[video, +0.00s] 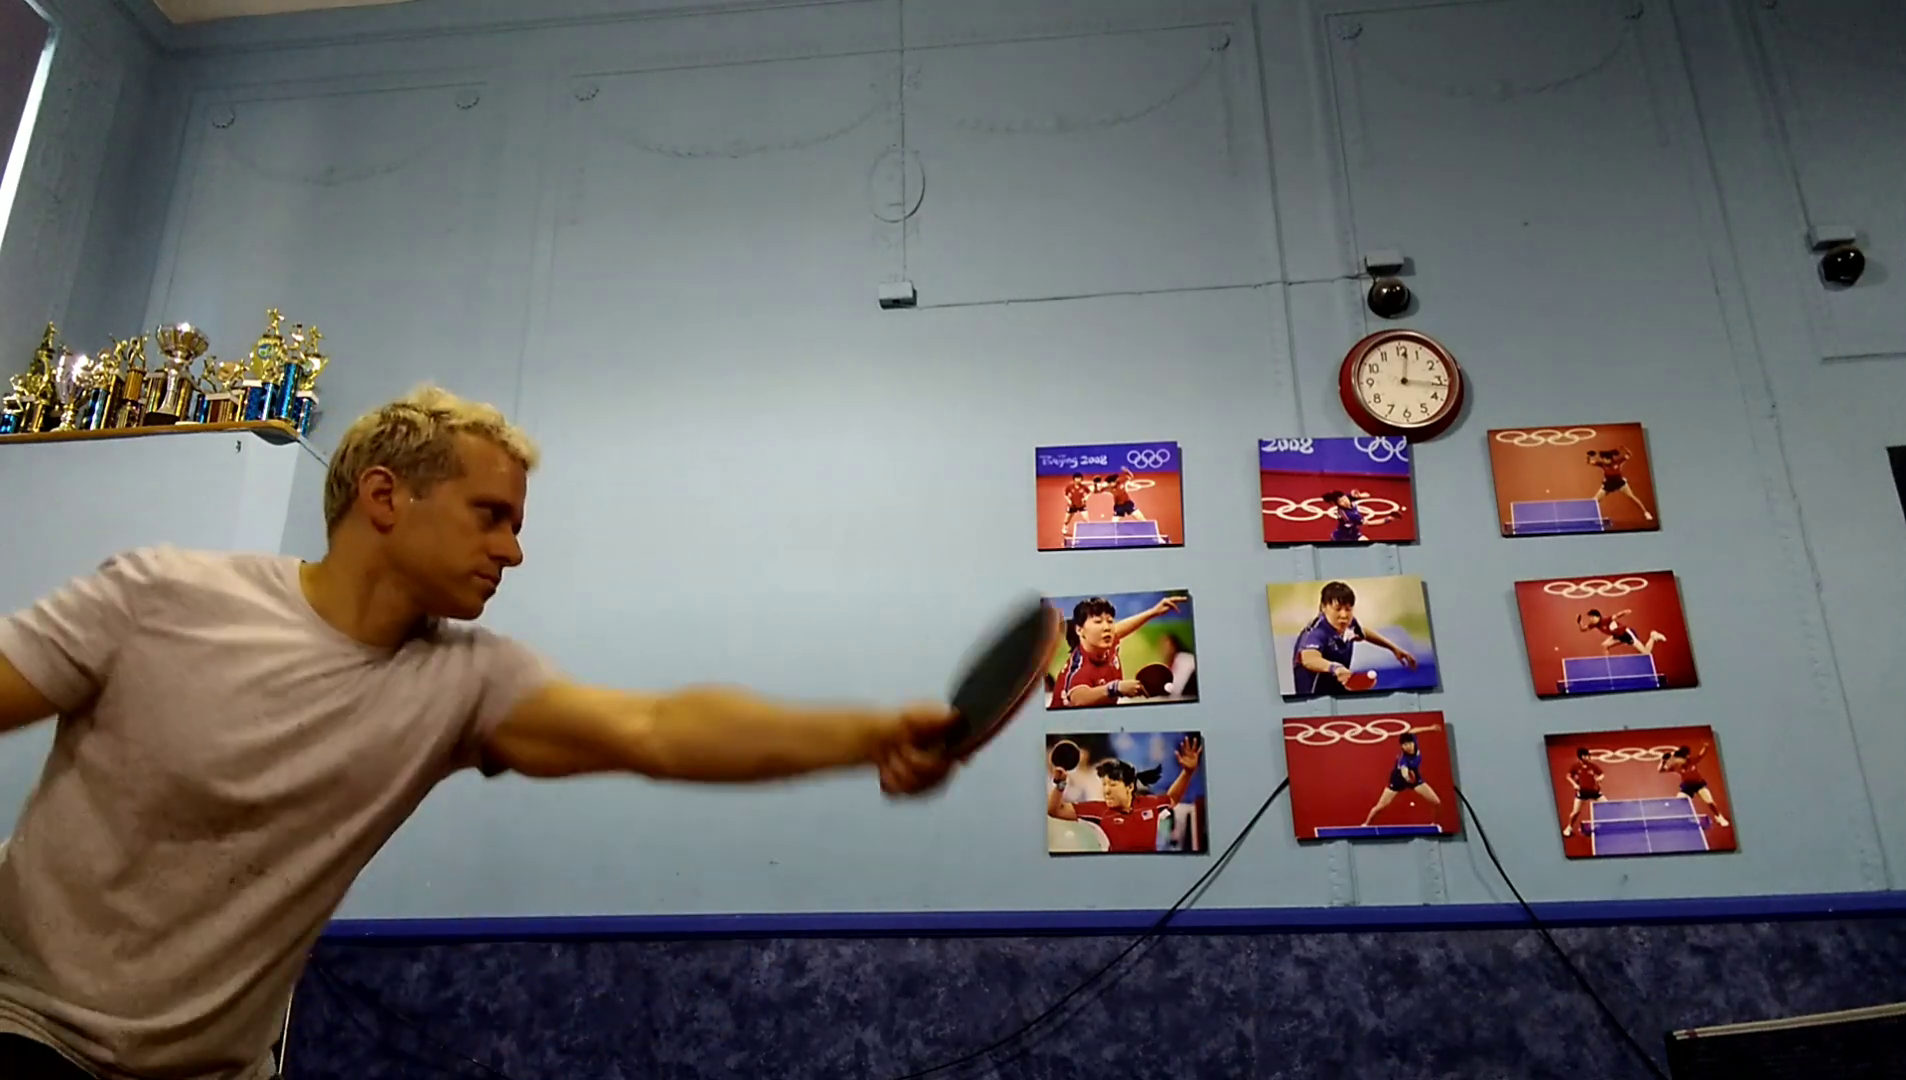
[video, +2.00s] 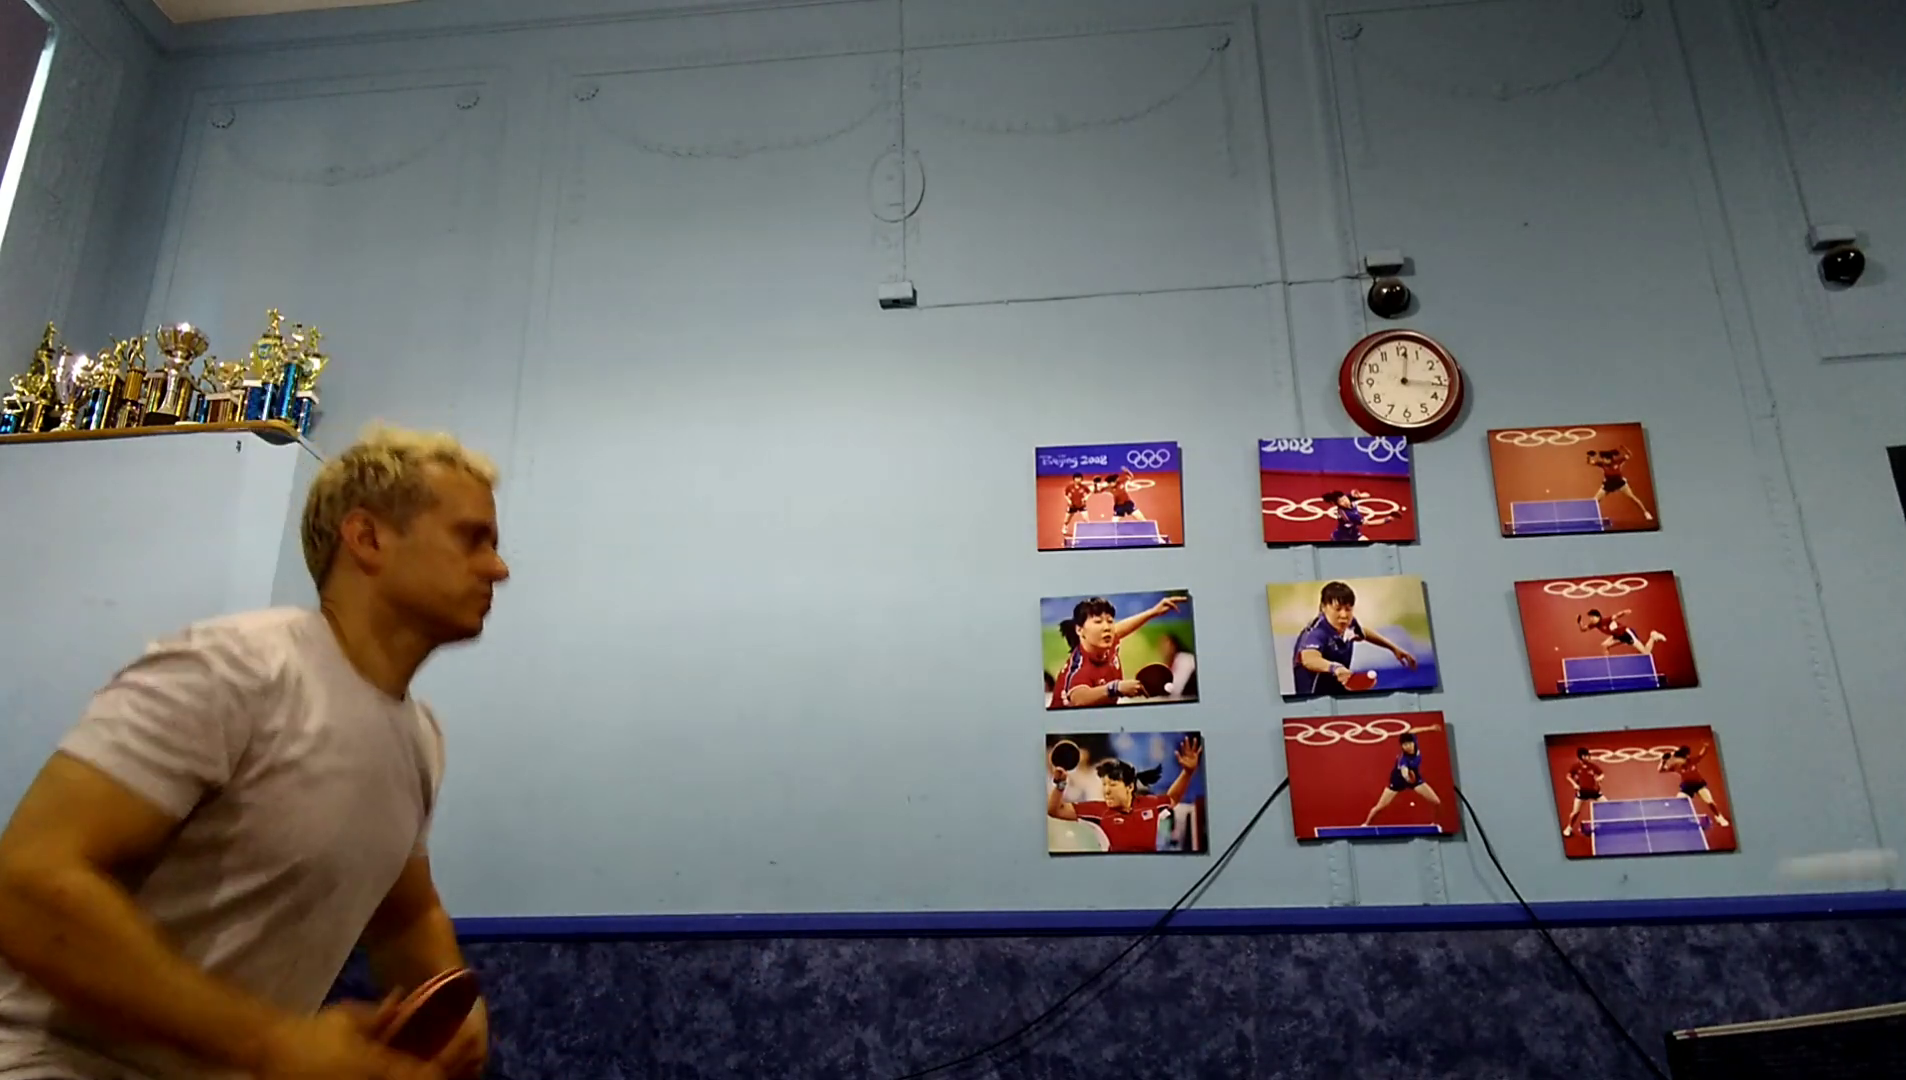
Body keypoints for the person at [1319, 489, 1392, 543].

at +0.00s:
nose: (1344, 502)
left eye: (1344, 499)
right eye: (1341, 502)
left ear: (1346, 497)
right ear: (1339, 505)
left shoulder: (1349, 499)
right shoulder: (1350, 515)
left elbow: (1368, 496)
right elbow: (1367, 523)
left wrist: (1360, 495)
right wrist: (1385, 520)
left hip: (1355, 535)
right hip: (1341, 538)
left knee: (1370, 547)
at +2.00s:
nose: (1344, 502)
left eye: (1344, 499)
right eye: (1341, 502)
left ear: (1346, 497)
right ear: (1338, 505)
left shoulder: (1350, 500)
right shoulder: (1349, 515)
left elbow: (1367, 496)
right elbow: (1367, 523)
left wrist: (1360, 495)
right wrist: (1385, 520)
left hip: (1355, 536)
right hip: (1341, 538)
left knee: (1370, 547)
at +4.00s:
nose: (1344, 502)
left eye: (1344, 499)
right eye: (1341, 502)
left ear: (1346, 497)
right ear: (1339, 505)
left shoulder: (1349, 498)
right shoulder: (1349, 515)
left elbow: (1367, 496)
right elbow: (1366, 523)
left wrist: (1360, 495)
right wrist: (1385, 520)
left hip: (1356, 536)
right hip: (1341, 538)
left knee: (1371, 548)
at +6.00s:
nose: (1344, 502)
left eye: (1344, 499)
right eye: (1341, 502)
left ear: (1346, 497)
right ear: (1339, 505)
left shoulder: (1349, 498)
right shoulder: (1350, 515)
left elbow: (1367, 496)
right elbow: (1366, 523)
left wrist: (1360, 495)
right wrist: (1385, 520)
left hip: (1356, 536)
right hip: (1341, 538)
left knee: (1371, 548)